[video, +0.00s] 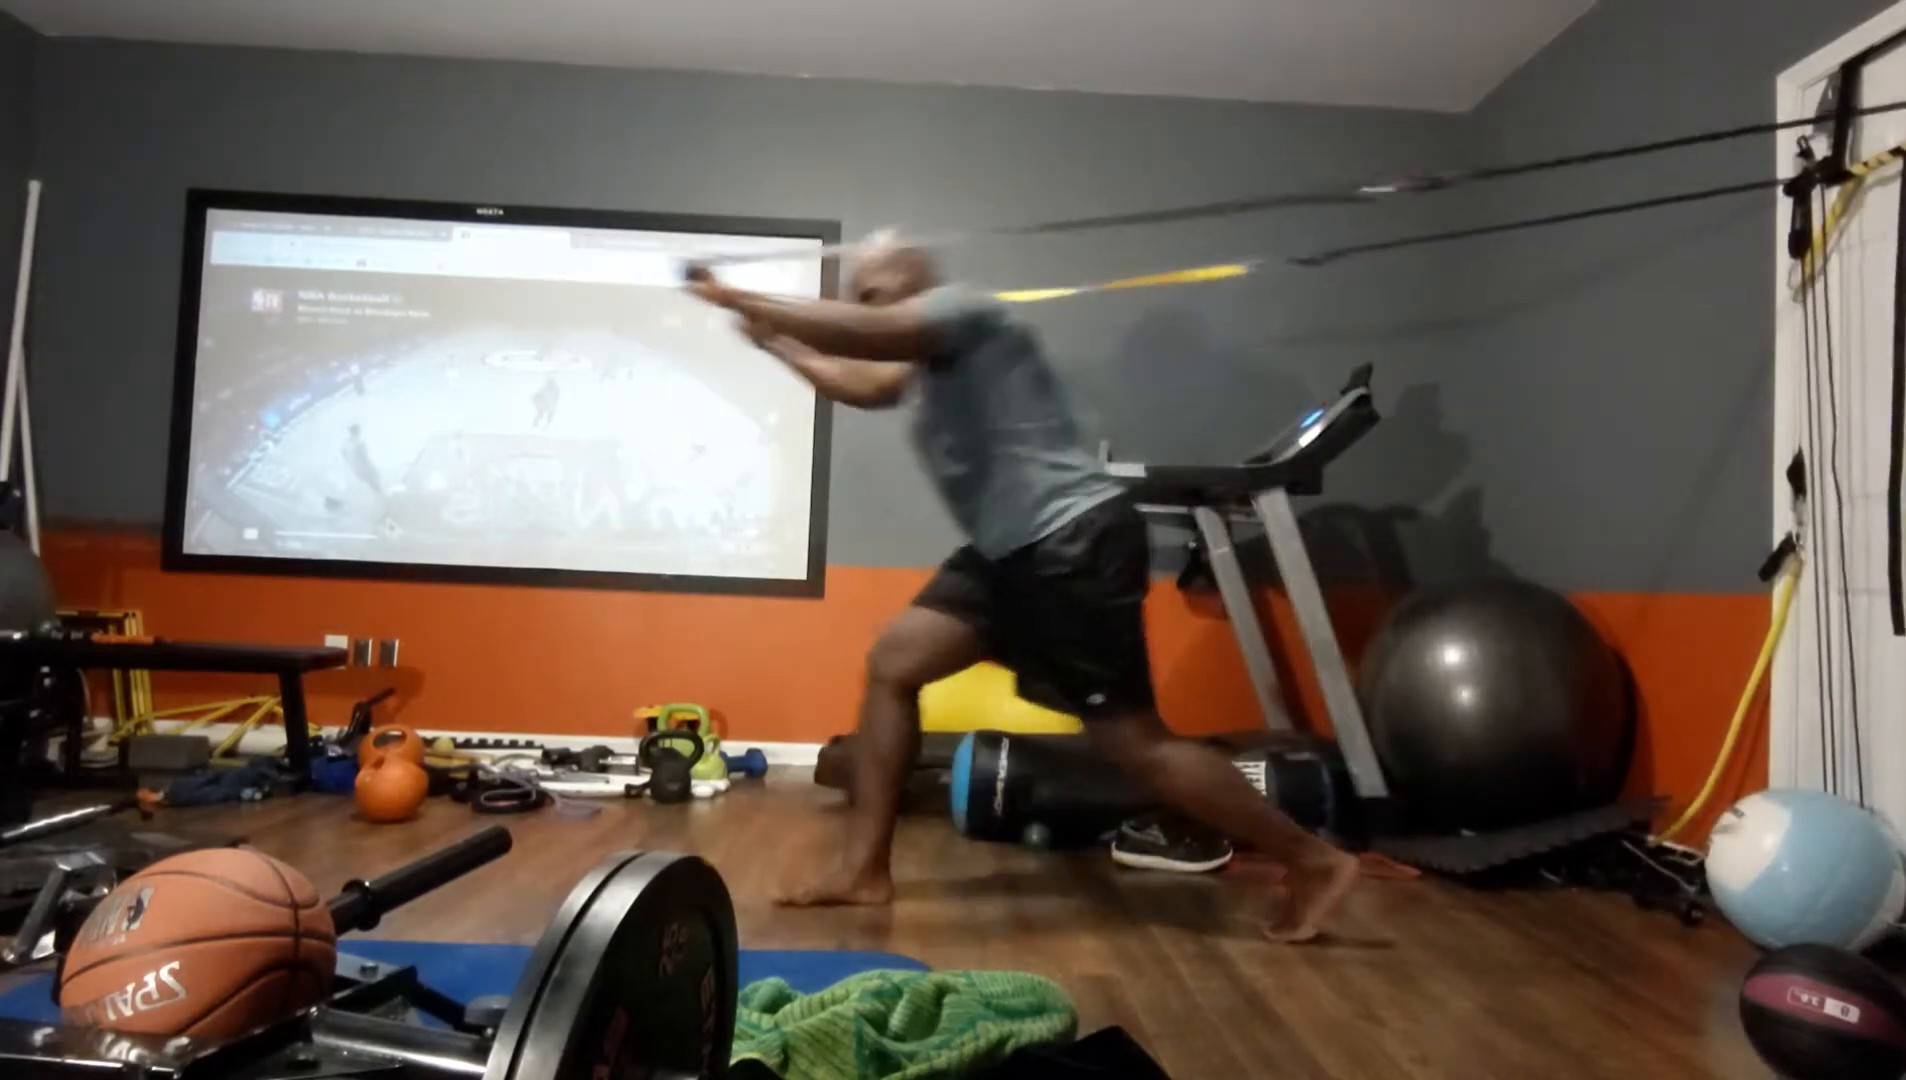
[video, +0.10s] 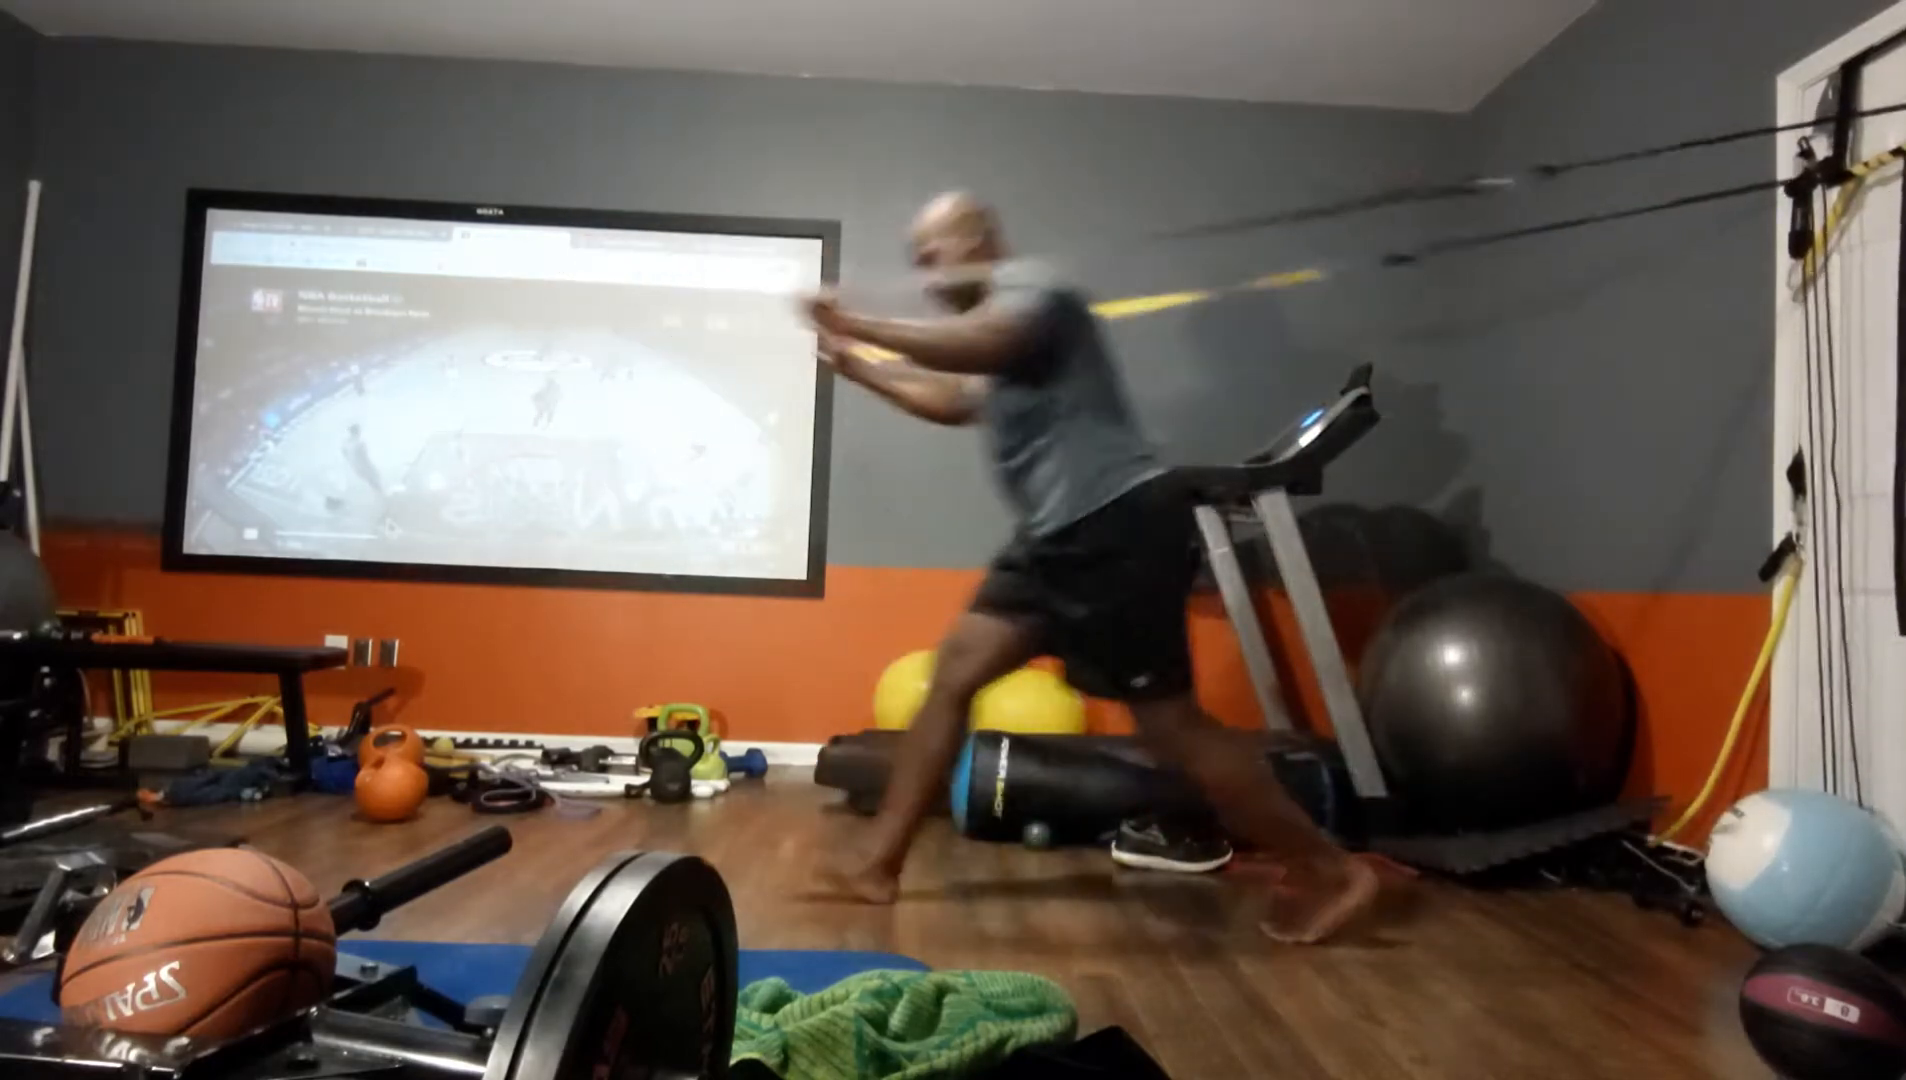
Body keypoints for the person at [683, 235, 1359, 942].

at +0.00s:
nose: (861, 303)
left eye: (870, 287)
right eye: (855, 293)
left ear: (915, 276)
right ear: (874, 301)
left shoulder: (971, 316)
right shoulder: (919, 368)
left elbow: (871, 330)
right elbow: (862, 386)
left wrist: (744, 300)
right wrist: (781, 341)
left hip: (1079, 537)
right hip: (1005, 554)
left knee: (1136, 748)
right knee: (891, 666)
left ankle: (1317, 863)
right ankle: (862, 871)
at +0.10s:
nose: (933, 276)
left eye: (944, 257)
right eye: (923, 263)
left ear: (987, 247)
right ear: (922, 267)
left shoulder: (1039, 295)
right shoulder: (994, 352)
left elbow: (989, 343)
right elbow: (948, 403)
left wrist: (859, 324)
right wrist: (853, 364)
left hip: (1125, 527)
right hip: (1053, 543)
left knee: (1171, 729)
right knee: (956, 669)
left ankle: (1338, 872)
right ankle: (876, 866)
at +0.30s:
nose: (1013, 235)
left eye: (1025, 216)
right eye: (1010, 221)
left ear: (1076, 206)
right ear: (1062, 215)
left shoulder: (1132, 262)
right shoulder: (1091, 317)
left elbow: (1182, 351)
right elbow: (1095, 422)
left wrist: (1057, 367)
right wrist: (1010, 418)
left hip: (1216, 504)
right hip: (1144, 520)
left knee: (1231, 718)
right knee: (1050, 659)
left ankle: (1351, 881)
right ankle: (1048, 858)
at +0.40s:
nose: (1042, 221)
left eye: (1054, 202)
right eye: (1041, 206)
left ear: (1106, 195)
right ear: (1098, 202)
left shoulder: (1171, 254)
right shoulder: (1128, 297)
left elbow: (1246, 341)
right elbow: (1147, 416)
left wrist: (1128, 375)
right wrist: (1064, 419)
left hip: (1244, 499)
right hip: (1178, 511)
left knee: (1249, 710)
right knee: (1101, 665)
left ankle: (1352, 884)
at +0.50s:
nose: (1072, 205)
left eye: (1084, 187)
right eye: (1071, 191)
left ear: (1137, 184)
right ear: (1122, 193)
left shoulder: (1204, 245)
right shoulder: (1146, 289)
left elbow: (1297, 334)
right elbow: (1172, 404)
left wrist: (1187, 368)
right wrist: (1095, 411)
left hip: (1268, 491)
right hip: (1203, 503)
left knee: (1259, 704)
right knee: (1165, 681)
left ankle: (1358, 884)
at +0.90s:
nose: (1159, 201)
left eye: (1171, 184)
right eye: (1158, 188)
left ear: (1224, 186)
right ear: (1200, 195)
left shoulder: (1279, 252)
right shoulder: (1217, 291)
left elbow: (1374, 344)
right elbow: (1250, 405)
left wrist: (1274, 373)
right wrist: (1165, 409)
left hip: (1323, 486)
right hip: (1289, 493)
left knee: (1268, 694)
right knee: (1331, 685)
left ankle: (1356, 890)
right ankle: (1439, 847)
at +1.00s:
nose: (1162, 202)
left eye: (1174, 185)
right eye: (1162, 188)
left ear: (1226, 186)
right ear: (1204, 195)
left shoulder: (1281, 250)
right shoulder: (1219, 290)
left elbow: (1376, 342)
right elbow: (1255, 401)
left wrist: (1274, 373)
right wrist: (1173, 407)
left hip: (1324, 484)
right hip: (1291, 491)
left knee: (1266, 689)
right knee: (1330, 681)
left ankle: (1355, 891)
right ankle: (1441, 847)